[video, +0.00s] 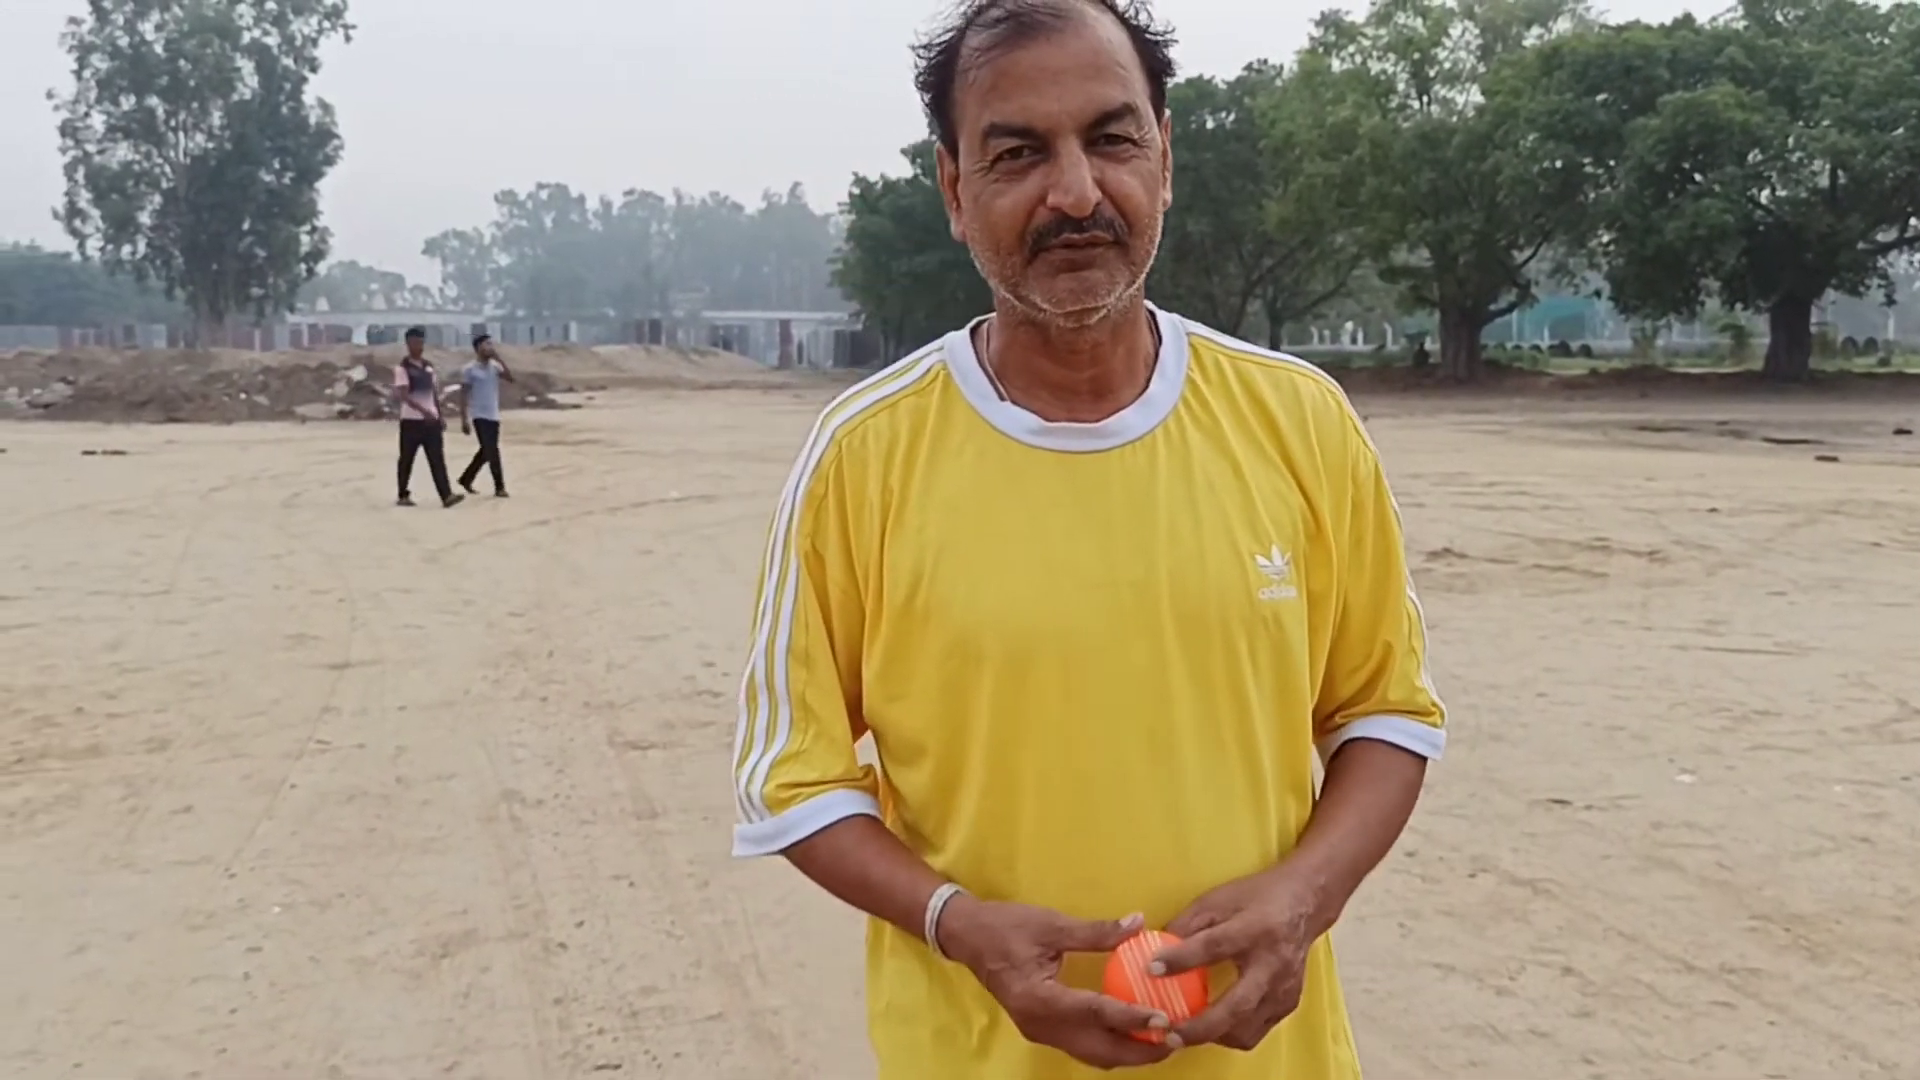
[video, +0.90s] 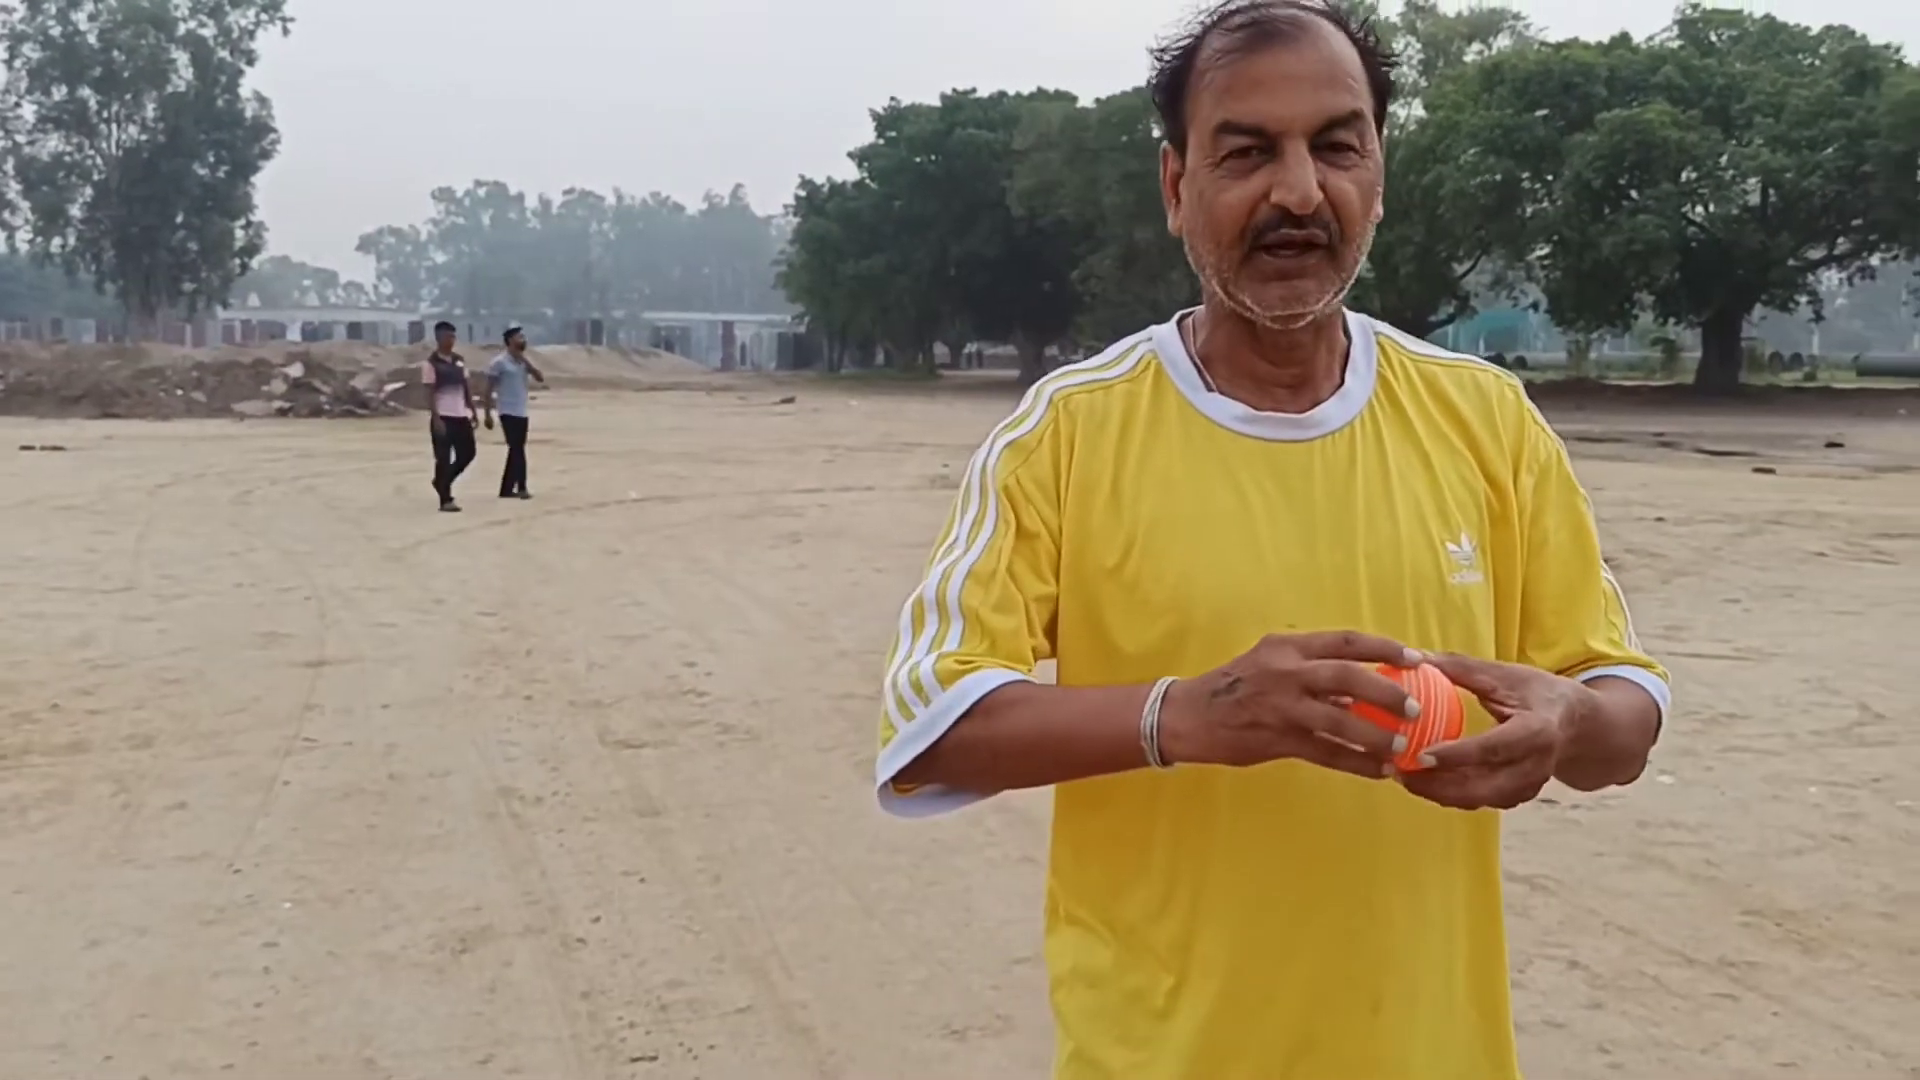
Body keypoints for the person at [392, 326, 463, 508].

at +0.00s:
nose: (418, 347)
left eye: (421, 343)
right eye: (414, 343)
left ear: (424, 344)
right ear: (407, 344)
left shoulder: (429, 368)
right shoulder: (403, 368)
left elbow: (435, 395)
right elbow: (403, 395)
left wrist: (440, 416)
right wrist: (425, 412)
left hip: (431, 419)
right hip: (411, 419)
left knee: (437, 460)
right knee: (406, 460)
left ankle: (447, 494)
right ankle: (403, 494)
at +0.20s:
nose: (443, 347)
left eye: (446, 343)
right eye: (440, 343)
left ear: (449, 345)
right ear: (433, 344)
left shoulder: (452, 367)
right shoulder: (427, 368)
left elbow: (457, 393)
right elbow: (425, 395)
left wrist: (463, 415)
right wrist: (436, 417)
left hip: (458, 418)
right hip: (439, 419)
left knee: (459, 461)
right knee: (435, 457)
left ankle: (457, 497)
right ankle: (416, 484)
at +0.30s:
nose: (456, 344)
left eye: (459, 340)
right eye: (452, 340)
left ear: (462, 342)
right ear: (445, 341)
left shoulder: (465, 365)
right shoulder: (437, 365)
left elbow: (471, 392)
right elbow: (435, 394)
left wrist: (476, 416)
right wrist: (437, 419)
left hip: (468, 415)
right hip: (449, 415)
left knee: (467, 459)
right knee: (454, 455)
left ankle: (460, 496)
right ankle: (435, 483)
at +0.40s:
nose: (466, 343)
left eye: (468, 339)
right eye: (462, 339)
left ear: (472, 340)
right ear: (455, 340)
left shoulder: (476, 362)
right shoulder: (447, 363)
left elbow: (482, 388)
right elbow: (439, 391)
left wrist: (489, 412)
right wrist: (436, 417)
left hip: (476, 412)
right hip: (457, 411)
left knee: (473, 453)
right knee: (468, 450)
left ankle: (464, 492)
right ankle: (457, 490)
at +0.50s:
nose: (474, 343)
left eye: (477, 339)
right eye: (471, 339)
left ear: (480, 340)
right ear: (463, 340)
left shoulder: (483, 363)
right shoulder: (452, 363)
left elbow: (489, 388)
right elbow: (443, 390)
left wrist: (498, 410)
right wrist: (436, 416)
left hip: (481, 412)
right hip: (463, 411)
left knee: (472, 452)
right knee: (473, 452)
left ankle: (460, 490)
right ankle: (478, 494)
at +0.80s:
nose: (465, 343)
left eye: (468, 339)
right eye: (461, 339)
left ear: (471, 341)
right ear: (454, 341)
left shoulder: (476, 363)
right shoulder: (447, 365)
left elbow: (484, 389)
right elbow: (443, 393)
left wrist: (491, 413)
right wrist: (441, 421)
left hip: (477, 413)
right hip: (458, 413)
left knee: (478, 451)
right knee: (467, 455)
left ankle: (450, 479)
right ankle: (470, 496)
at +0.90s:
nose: (451, 340)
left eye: (452, 337)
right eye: (447, 337)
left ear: (454, 338)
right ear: (438, 338)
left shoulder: (459, 361)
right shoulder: (430, 364)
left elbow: (466, 388)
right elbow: (430, 393)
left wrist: (473, 411)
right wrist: (435, 417)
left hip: (461, 414)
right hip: (443, 415)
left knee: (468, 453)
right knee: (443, 458)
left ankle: (443, 480)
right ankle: (445, 498)